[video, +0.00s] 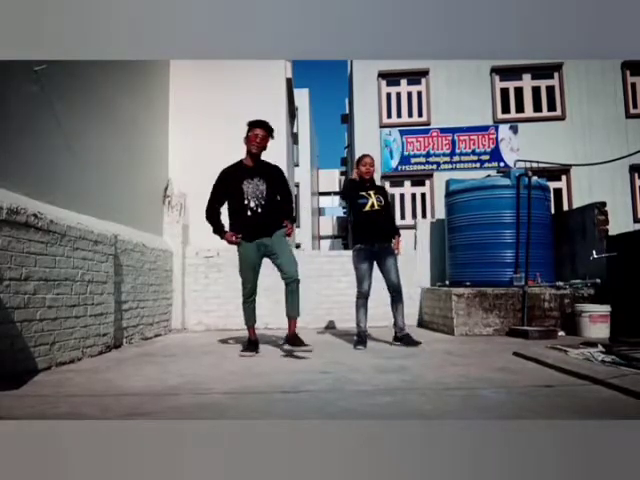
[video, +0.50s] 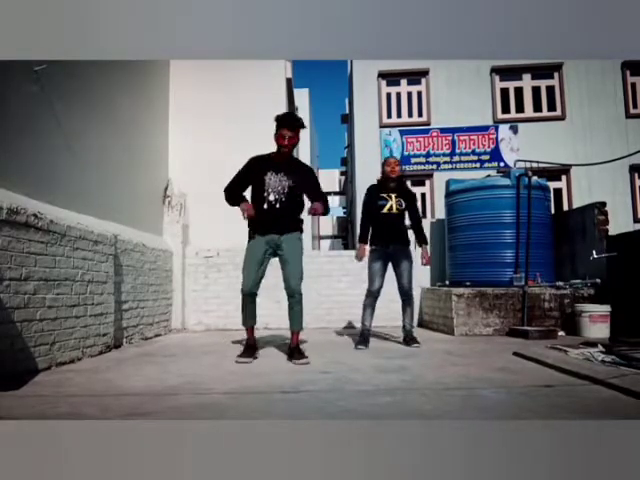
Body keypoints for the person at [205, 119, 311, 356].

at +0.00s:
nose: (257, 141)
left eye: (263, 138)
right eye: (254, 136)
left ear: (267, 143)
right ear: (246, 139)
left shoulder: (274, 172)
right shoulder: (230, 174)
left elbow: (287, 200)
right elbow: (212, 209)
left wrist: (289, 221)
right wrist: (223, 233)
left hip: (275, 236)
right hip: (247, 239)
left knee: (292, 277)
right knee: (249, 291)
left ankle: (292, 333)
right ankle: (252, 338)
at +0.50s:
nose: (285, 141)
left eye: (290, 137)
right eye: (281, 136)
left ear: (297, 139)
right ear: (275, 136)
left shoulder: (304, 171)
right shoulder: (257, 164)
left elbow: (322, 203)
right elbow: (231, 191)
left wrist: (318, 207)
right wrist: (243, 203)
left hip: (290, 234)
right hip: (260, 234)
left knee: (294, 288)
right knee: (248, 288)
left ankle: (295, 344)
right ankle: (250, 342)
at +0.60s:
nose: (282, 139)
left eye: (287, 134)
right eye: (277, 134)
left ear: (295, 134)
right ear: (271, 134)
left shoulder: (302, 162)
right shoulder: (258, 160)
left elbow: (327, 190)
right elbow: (227, 184)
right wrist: (242, 175)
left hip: (291, 232)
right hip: (260, 232)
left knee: (294, 288)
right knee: (250, 287)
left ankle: (295, 343)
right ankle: (245, 344)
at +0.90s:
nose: (265, 139)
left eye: (269, 134)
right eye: (260, 134)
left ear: (276, 133)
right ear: (252, 134)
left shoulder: (287, 156)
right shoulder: (245, 161)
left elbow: (311, 166)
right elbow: (220, 178)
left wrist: (288, 139)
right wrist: (236, 148)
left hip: (286, 229)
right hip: (254, 230)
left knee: (292, 286)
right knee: (244, 285)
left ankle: (295, 343)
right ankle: (242, 344)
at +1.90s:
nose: (269, 147)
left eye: (272, 141)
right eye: (265, 144)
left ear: (280, 140)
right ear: (260, 146)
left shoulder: (297, 164)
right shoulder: (258, 166)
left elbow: (325, 186)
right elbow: (244, 161)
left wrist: (316, 165)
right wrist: (252, 134)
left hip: (294, 236)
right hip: (265, 236)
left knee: (297, 290)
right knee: (252, 287)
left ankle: (292, 341)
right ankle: (246, 344)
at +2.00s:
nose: (270, 149)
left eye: (273, 143)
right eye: (265, 146)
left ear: (281, 142)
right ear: (260, 148)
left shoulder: (299, 166)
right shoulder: (259, 167)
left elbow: (326, 196)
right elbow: (241, 157)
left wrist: (320, 193)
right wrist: (251, 134)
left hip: (293, 237)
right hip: (264, 235)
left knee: (297, 290)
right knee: (247, 279)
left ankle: (292, 340)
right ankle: (249, 335)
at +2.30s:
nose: (264, 139)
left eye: (268, 134)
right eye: (259, 135)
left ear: (275, 135)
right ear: (253, 138)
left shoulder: (291, 164)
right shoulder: (249, 165)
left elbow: (308, 198)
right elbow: (219, 177)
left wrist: (305, 227)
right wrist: (224, 145)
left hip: (289, 234)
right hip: (259, 235)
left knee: (292, 289)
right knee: (248, 288)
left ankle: (291, 340)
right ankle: (245, 342)